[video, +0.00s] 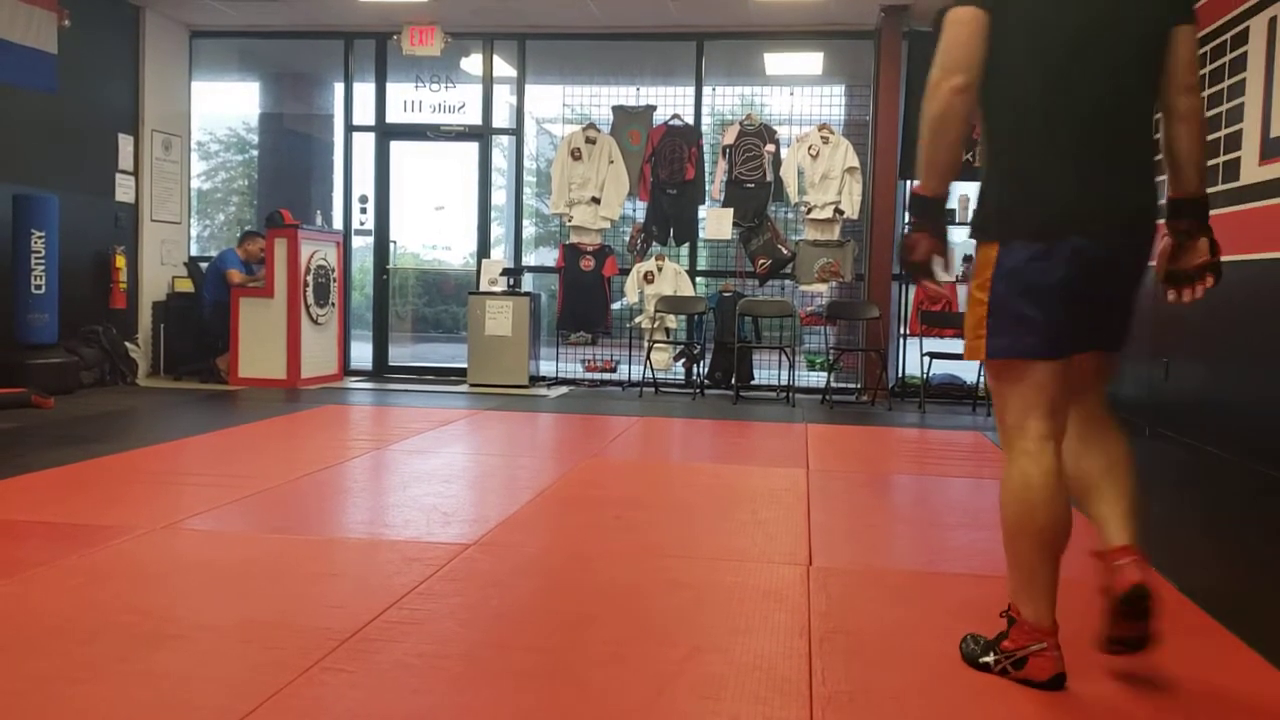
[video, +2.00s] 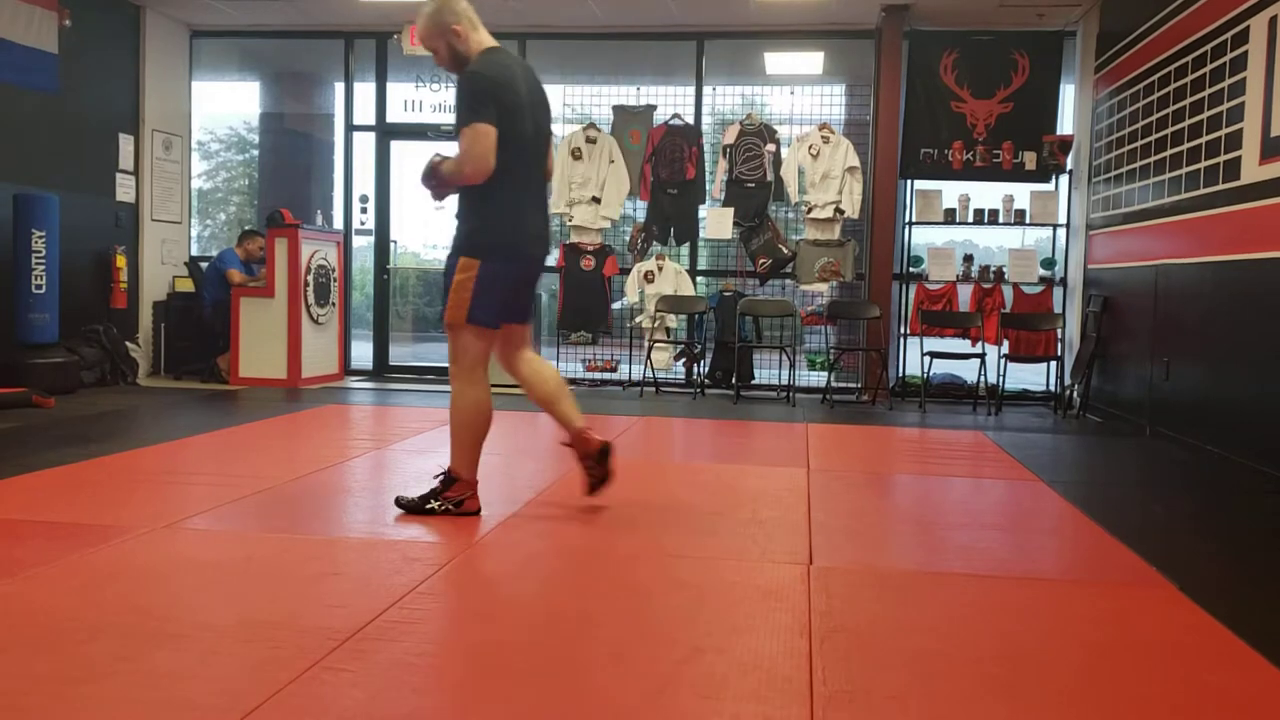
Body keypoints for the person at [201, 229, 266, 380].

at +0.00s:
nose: (262, 255)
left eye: (263, 251)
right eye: (260, 250)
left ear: (248, 246)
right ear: (247, 245)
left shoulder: (245, 263)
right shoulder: (229, 256)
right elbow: (234, 279)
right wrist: (257, 278)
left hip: (229, 308)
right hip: (214, 309)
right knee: (252, 332)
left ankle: (226, 363)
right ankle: (223, 362)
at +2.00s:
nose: (261, 253)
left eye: (262, 250)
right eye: (260, 248)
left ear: (248, 245)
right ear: (247, 244)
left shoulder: (245, 263)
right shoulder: (228, 255)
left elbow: (252, 282)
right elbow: (236, 279)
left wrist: (265, 276)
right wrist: (258, 278)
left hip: (230, 307)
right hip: (214, 308)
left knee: (258, 328)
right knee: (252, 331)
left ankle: (226, 363)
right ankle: (223, 362)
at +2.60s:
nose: (261, 254)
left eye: (262, 250)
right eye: (259, 249)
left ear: (247, 245)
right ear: (246, 244)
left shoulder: (246, 264)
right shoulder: (228, 256)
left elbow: (252, 282)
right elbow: (235, 280)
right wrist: (258, 279)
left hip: (230, 308)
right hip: (213, 309)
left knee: (257, 324)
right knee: (251, 328)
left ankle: (226, 363)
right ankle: (223, 362)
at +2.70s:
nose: (252, 250)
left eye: (254, 246)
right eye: (251, 245)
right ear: (242, 244)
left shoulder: (242, 261)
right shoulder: (226, 256)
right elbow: (234, 280)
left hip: (221, 303)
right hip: (209, 303)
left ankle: (221, 367)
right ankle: (215, 368)